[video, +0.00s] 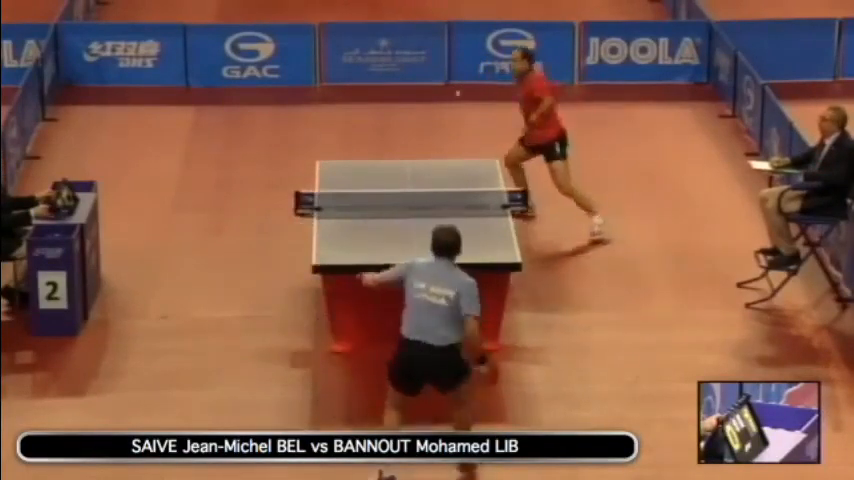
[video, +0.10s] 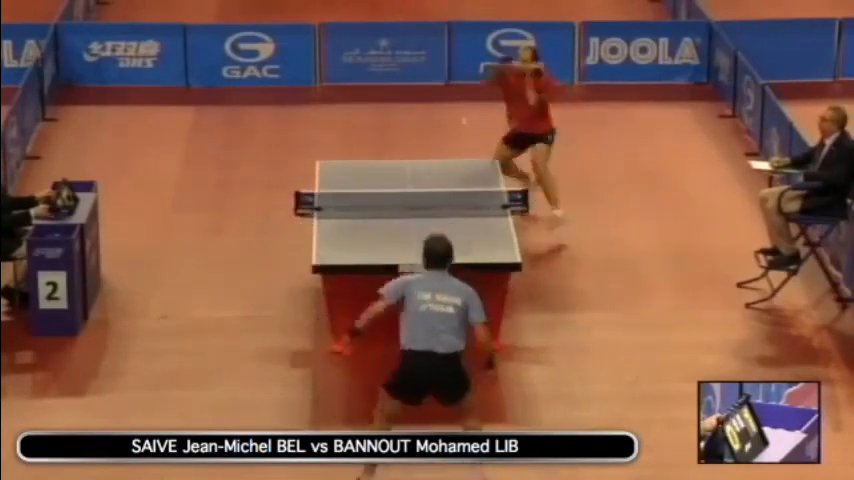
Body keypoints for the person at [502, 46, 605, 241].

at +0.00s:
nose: (513, 65)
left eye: (516, 61)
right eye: (512, 61)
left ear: (527, 63)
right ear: (520, 63)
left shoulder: (536, 79)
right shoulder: (524, 81)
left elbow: (548, 100)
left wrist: (536, 116)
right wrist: (528, 132)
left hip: (553, 136)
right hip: (535, 135)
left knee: (563, 185)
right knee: (511, 160)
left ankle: (595, 216)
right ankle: (524, 204)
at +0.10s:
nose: (525, 63)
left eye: (528, 60)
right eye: (522, 59)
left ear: (535, 61)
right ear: (518, 60)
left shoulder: (539, 79)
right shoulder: (509, 77)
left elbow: (557, 93)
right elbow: (492, 79)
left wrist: (538, 79)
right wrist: (500, 70)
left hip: (542, 130)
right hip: (521, 130)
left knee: (539, 166)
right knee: (500, 161)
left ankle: (556, 209)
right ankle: (526, 179)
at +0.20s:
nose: (520, 73)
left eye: (525, 70)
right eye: (518, 69)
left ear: (532, 72)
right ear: (514, 70)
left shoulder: (534, 88)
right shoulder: (508, 87)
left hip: (527, 130)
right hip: (506, 130)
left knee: (522, 163)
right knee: (500, 168)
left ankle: (539, 206)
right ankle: (525, 170)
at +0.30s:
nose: (516, 87)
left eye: (520, 83)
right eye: (514, 83)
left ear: (526, 84)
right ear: (509, 82)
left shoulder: (534, 104)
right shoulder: (498, 100)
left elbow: (544, 133)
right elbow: (487, 128)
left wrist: (535, 133)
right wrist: (519, 136)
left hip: (516, 143)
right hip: (492, 142)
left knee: (523, 179)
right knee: (478, 176)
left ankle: (535, 220)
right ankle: (474, 218)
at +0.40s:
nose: (505, 93)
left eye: (509, 90)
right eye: (502, 89)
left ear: (516, 92)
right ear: (498, 90)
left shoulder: (522, 112)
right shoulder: (485, 109)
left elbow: (523, 135)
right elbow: (474, 137)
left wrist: (522, 150)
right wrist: (491, 153)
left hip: (508, 156)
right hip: (482, 154)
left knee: (525, 184)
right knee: (469, 183)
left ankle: (535, 219)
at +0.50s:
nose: (485, 87)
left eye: (489, 83)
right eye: (482, 83)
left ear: (494, 85)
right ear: (476, 83)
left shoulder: (501, 105)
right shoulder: (462, 103)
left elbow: (506, 126)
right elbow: (448, 128)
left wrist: (510, 140)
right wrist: (460, 144)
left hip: (491, 155)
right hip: (467, 156)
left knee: (513, 186)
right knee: (466, 194)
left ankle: (532, 223)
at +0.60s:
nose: (469, 76)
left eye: (473, 73)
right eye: (467, 72)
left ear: (479, 75)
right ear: (463, 73)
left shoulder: (487, 95)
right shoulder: (450, 94)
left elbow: (496, 113)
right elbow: (433, 115)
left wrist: (500, 124)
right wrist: (437, 132)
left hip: (478, 142)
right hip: (453, 141)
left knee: (499, 176)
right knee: (434, 171)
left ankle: (526, 221)